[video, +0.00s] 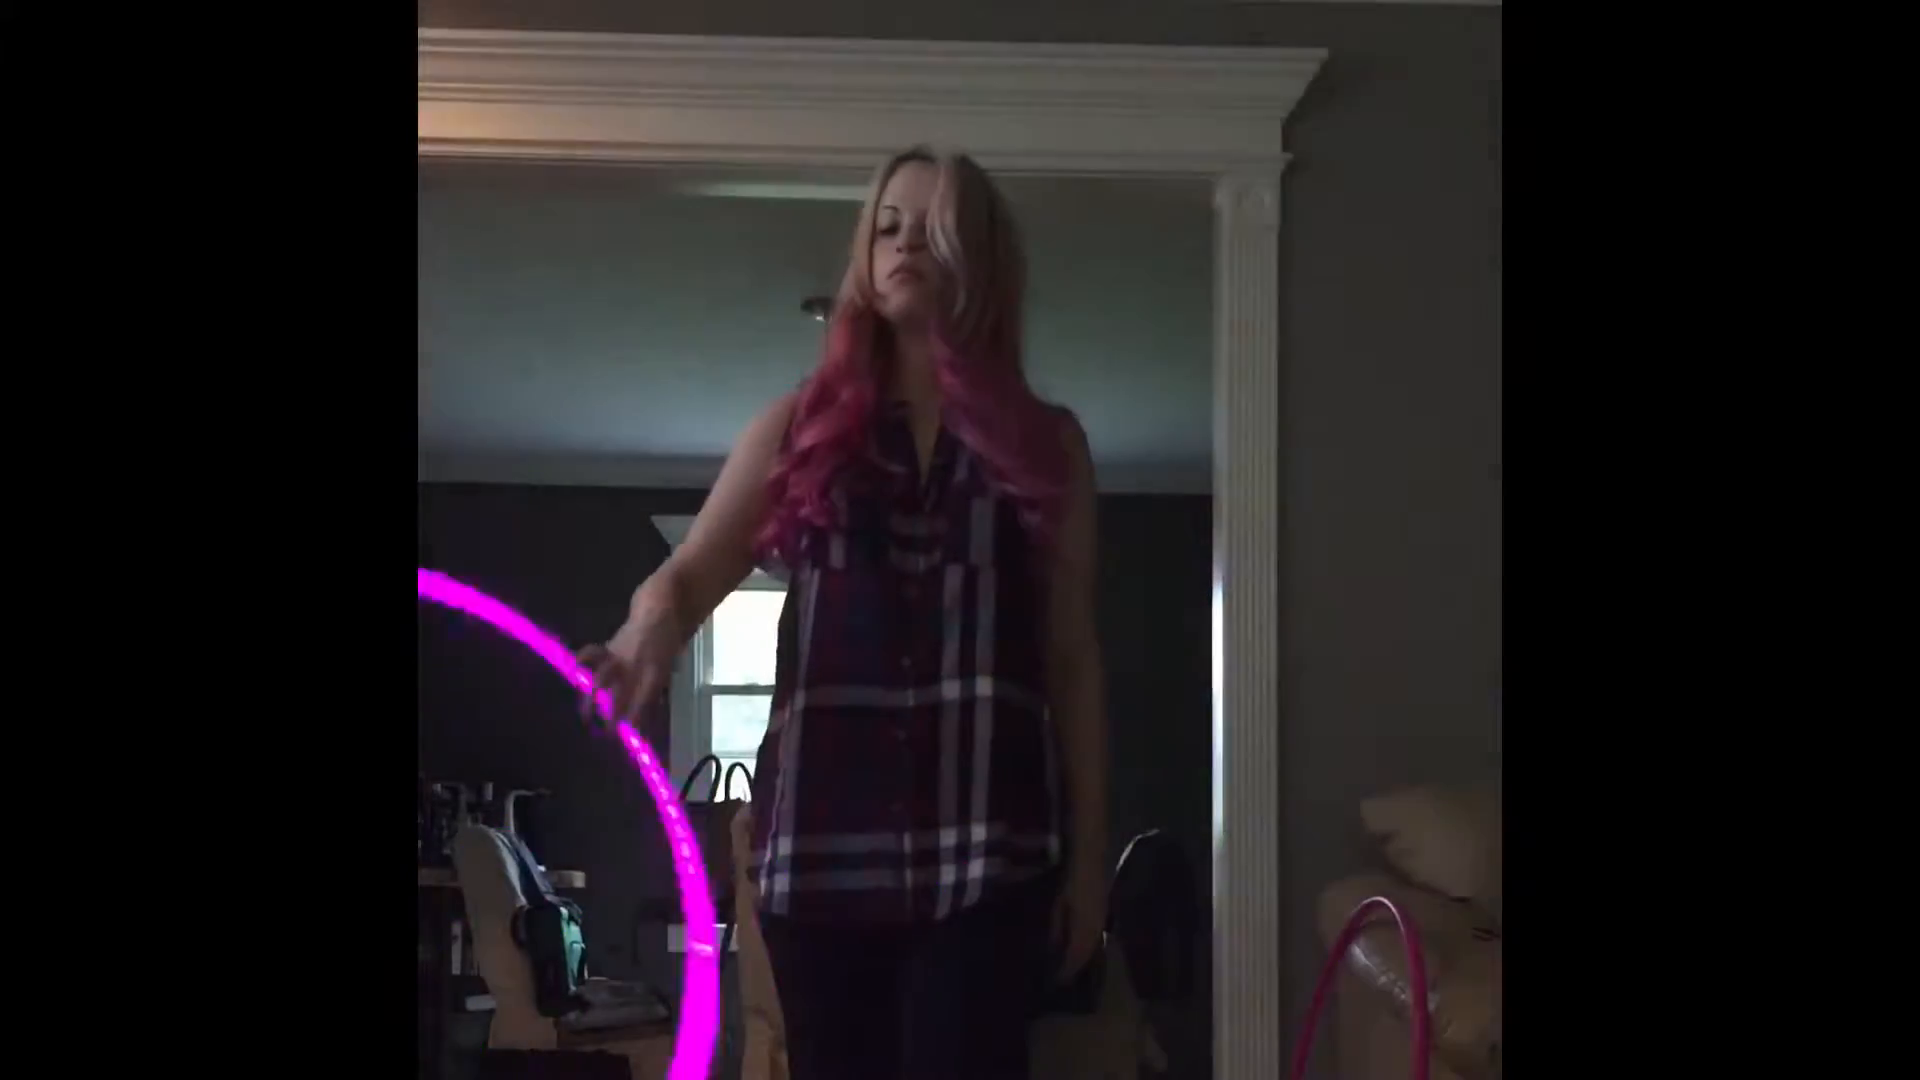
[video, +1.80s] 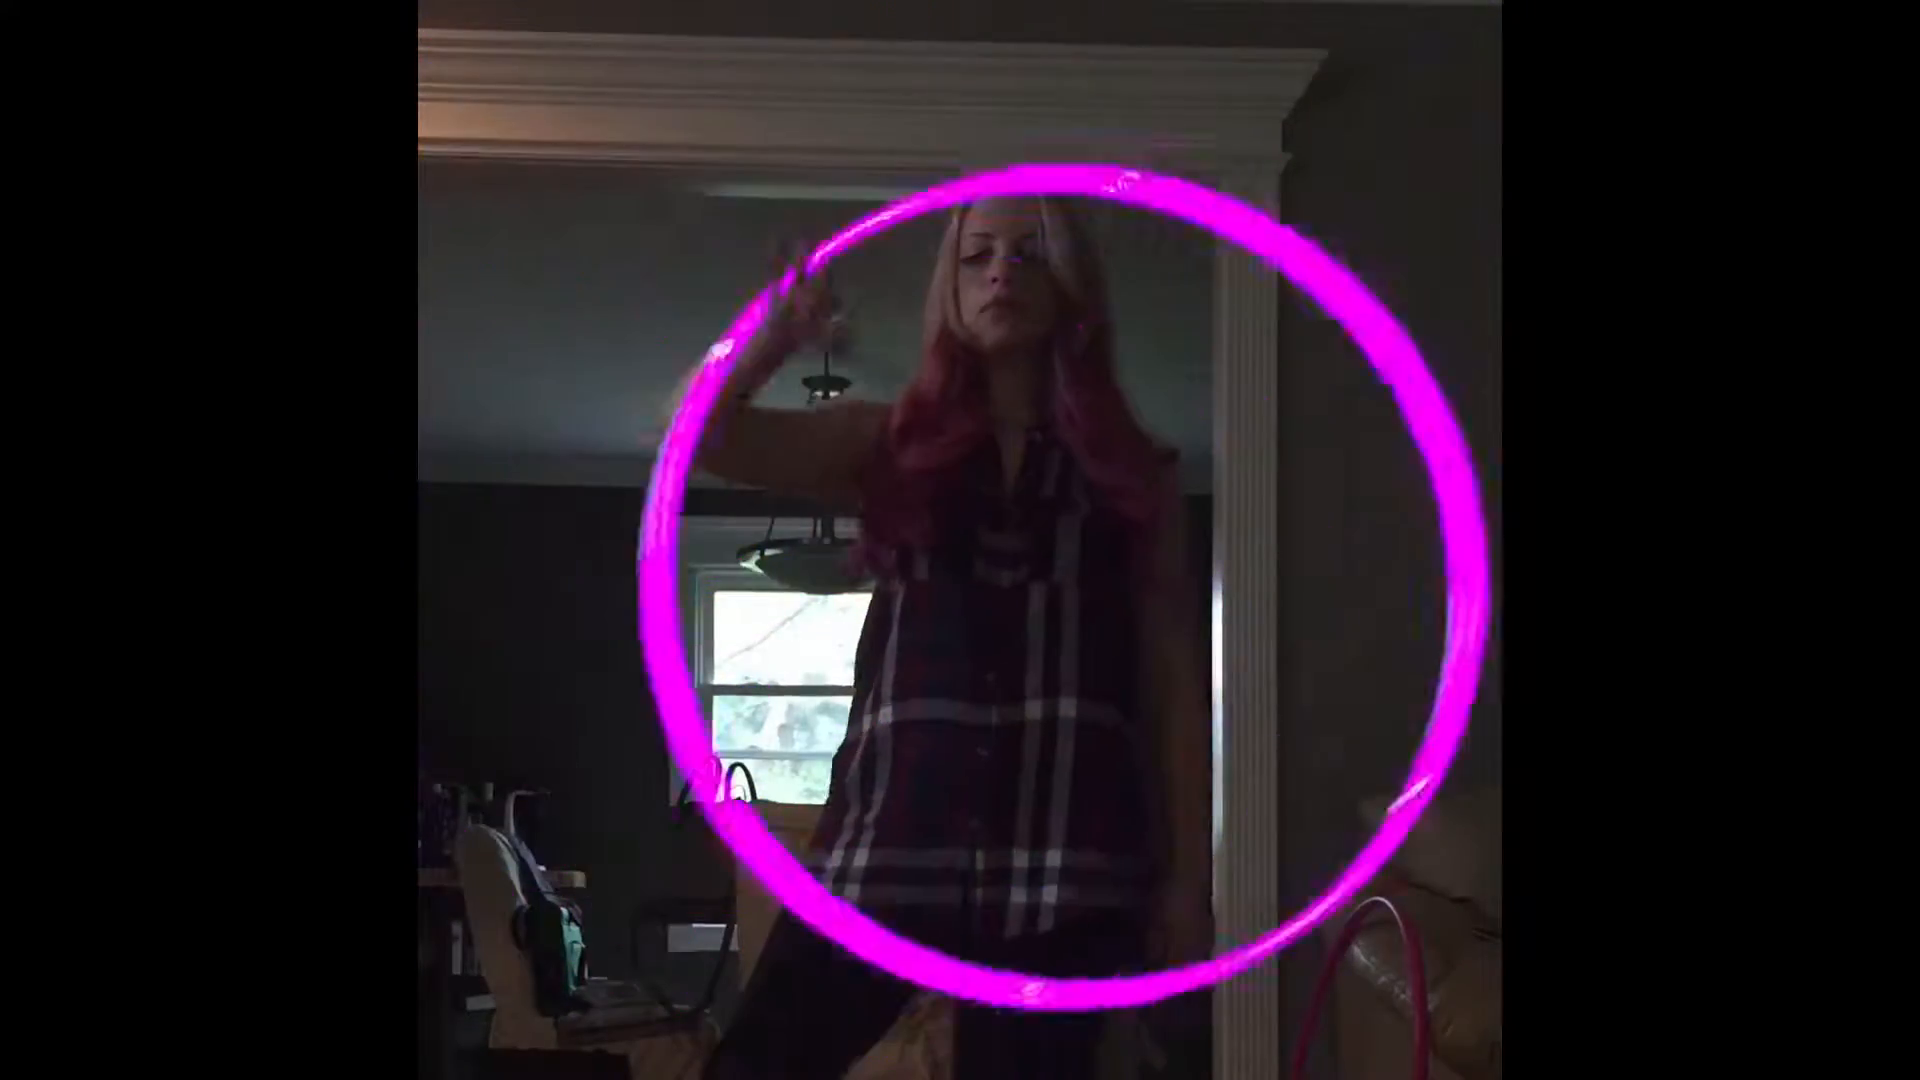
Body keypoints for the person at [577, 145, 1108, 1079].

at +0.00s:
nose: (909, 246)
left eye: (937, 232)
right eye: (891, 227)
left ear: (982, 261)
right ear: (863, 253)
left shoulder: (1043, 439)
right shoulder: (800, 422)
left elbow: (1072, 656)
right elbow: (697, 571)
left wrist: (1089, 852)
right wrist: (648, 634)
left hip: (986, 845)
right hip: (823, 844)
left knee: (967, 1063)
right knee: (834, 1065)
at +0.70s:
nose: (997, 220)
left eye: (1024, 204)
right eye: (974, 207)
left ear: (1061, 240)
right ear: (943, 245)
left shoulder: (1120, 423)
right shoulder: (871, 413)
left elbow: (1160, 645)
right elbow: (765, 552)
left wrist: (1180, 843)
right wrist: (793, 622)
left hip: (1071, 838)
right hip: (903, 835)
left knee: (1055, 1068)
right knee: (892, 1068)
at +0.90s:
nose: (1001, 227)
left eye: (1029, 209)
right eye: (977, 213)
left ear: (1070, 240)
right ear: (944, 245)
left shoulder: (1128, 404)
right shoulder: (875, 384)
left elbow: (1172, 631)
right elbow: (768, 525)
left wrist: (1185, 839)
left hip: (1080, 833)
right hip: (905, 836)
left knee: (1054, 1065)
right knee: (901, 1066)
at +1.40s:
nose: (1016, 237)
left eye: (1041, 218)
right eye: (992, 219)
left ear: (1080, 246)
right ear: (959, 250)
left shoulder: (1137, 422)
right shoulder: (900, 401)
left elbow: (1174, 639)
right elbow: (800, 494)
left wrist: (1187, 835)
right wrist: (964, 458)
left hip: (1082, 820)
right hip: (911, 814)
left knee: (1053, 1067)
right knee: (822, 1064)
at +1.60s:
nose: (1014, 244)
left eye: (1039, 225)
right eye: (990, 229)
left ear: (1082, 252)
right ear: (957, 265)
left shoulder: (1137, 436)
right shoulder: (921, 410)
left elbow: (1173, 652)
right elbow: (811, 461)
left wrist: (1190, 864)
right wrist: (983, 363)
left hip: (1076, 835)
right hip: (905, 826)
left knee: (1045, 1071)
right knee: (778, 1059)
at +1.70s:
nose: (1006, 261)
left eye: (1035, 239)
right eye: (980, 242)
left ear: (1080, 272)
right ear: (948, 279)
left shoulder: (1141, 449)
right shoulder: (908, 430)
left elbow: (1178, 672)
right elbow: (757, 428)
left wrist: (1187, 869)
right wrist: (887, 271)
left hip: (1070, 865)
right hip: (886, 853)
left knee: (1031, 1072)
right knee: (748, 1066)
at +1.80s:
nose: (1002, 272)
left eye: (1030, 252)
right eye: (978, 256)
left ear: (1074, 286)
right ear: (947, 291)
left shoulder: (1133, 470)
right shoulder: (894, 439)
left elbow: (1175, 686)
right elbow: (705, 440)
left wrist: (1187, 883)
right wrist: (775, 338)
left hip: (1071, 866)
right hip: (894, 855)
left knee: (1034, 1068)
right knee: (754, 1064)